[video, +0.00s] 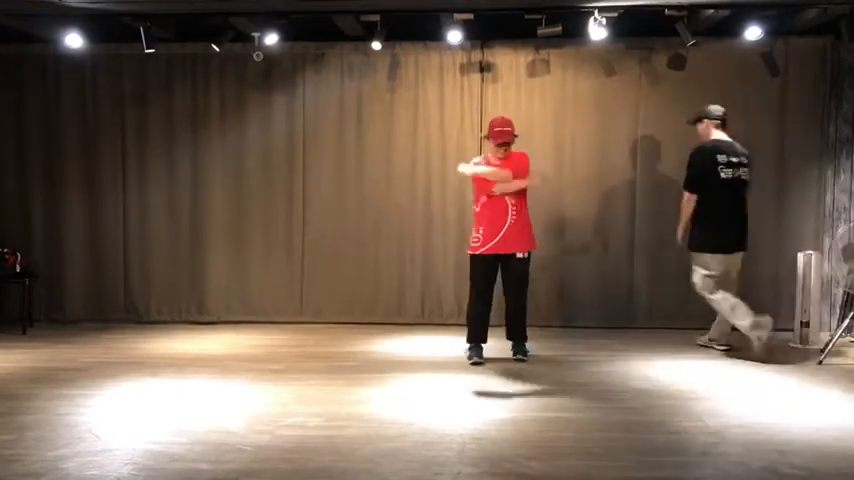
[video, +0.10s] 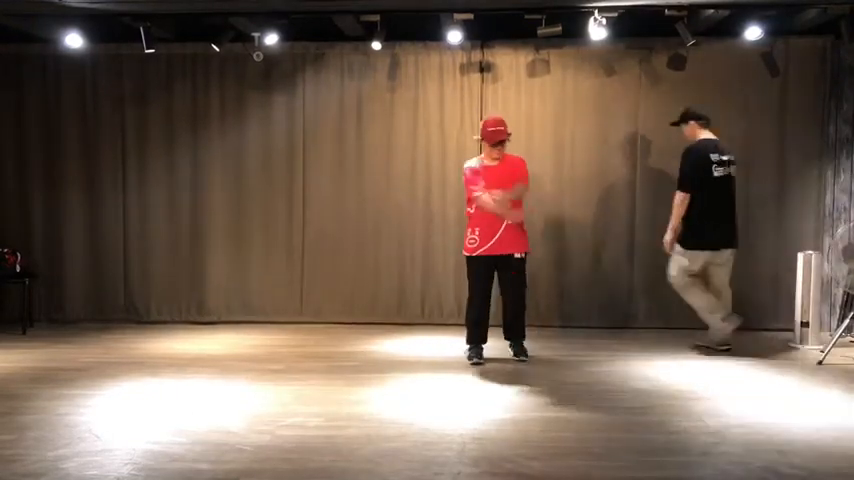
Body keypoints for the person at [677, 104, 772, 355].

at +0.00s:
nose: (697, 131)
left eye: (698, 126)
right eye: (697, 126)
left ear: (707, 125)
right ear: (720, 125)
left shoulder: (702, 153)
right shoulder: (741, 152)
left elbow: (690, 196)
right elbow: (741, 193)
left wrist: (682, 224)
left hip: (709, 228)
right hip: (737, 227)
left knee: (704, 283)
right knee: (728, 285)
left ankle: (752, 324)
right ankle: (719, 336)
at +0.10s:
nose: (683, 133)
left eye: (684, 128)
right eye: (682, 128)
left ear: (694, 125)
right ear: (704, 125)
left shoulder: (694, 152)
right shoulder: (725, 152)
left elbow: (682, 195)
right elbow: (723, 197)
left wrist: (671, 230)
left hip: (698, 233)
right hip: (725, 233)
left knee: (679, 275)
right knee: (720, 287)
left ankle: (722, 318)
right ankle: (718, 337)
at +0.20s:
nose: (668, 136)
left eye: (669, 130)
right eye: (667, 131)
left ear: (679, 127)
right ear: (688, 126)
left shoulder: (684, 153)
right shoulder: (707, 149)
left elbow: (676, 193)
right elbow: (696, 195)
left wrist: (664, 227)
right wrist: (662, 209)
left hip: (687, 231)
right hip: (710, 230)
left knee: (661, 270)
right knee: (712, 284)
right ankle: (719, 336)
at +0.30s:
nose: (653, 137)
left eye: (654, 132)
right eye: (652, 133)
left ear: (664, 129)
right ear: (672, 129)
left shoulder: (670, 155)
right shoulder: (690, 151)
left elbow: (667, 193)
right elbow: (675, 191)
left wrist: (659, 226)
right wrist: (644, 202)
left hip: (675, 231)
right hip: (697, 231)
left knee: (654, 281)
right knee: (705, 285)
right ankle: (718, 336)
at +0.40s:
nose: (636, 138)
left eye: (637, 133)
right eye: (635, 133)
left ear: (648, 131)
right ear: (655, 130)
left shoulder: (655, 156)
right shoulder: (671, 152)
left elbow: (654, 195)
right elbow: (655, 195)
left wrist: (654, 229)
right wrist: (626, 208)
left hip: (656, 235)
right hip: (676, 232)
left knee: (641, 284)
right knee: (691, 283)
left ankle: (626, 325)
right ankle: (714, 328)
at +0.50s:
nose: (621, 137)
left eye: (622, 132)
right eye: (620, 133)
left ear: (632, 130)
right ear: (640, 129)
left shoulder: (638, 155)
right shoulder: (655, 151)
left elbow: (639, 197)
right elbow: (643, 193)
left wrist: (640, 232)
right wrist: (625, 213)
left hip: (639, 231)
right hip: (658, 228)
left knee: (629, 280)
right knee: (660, 276)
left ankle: (625, 325)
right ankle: (694, 314)